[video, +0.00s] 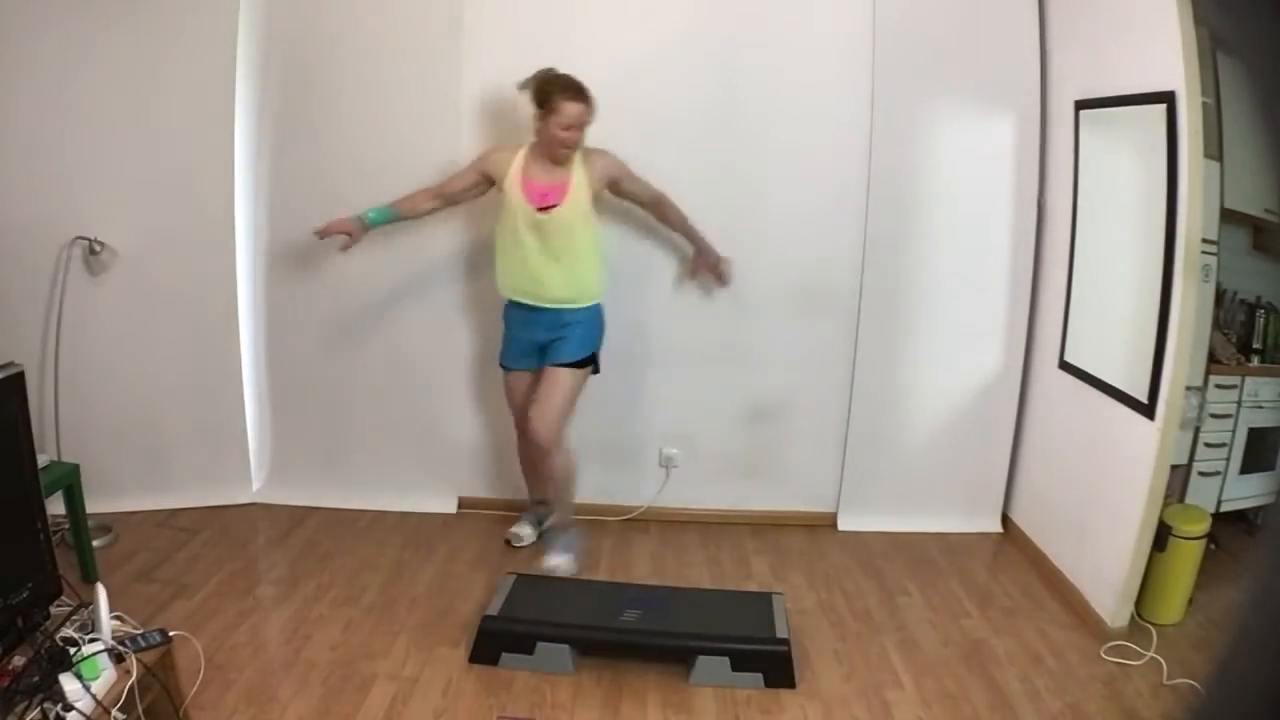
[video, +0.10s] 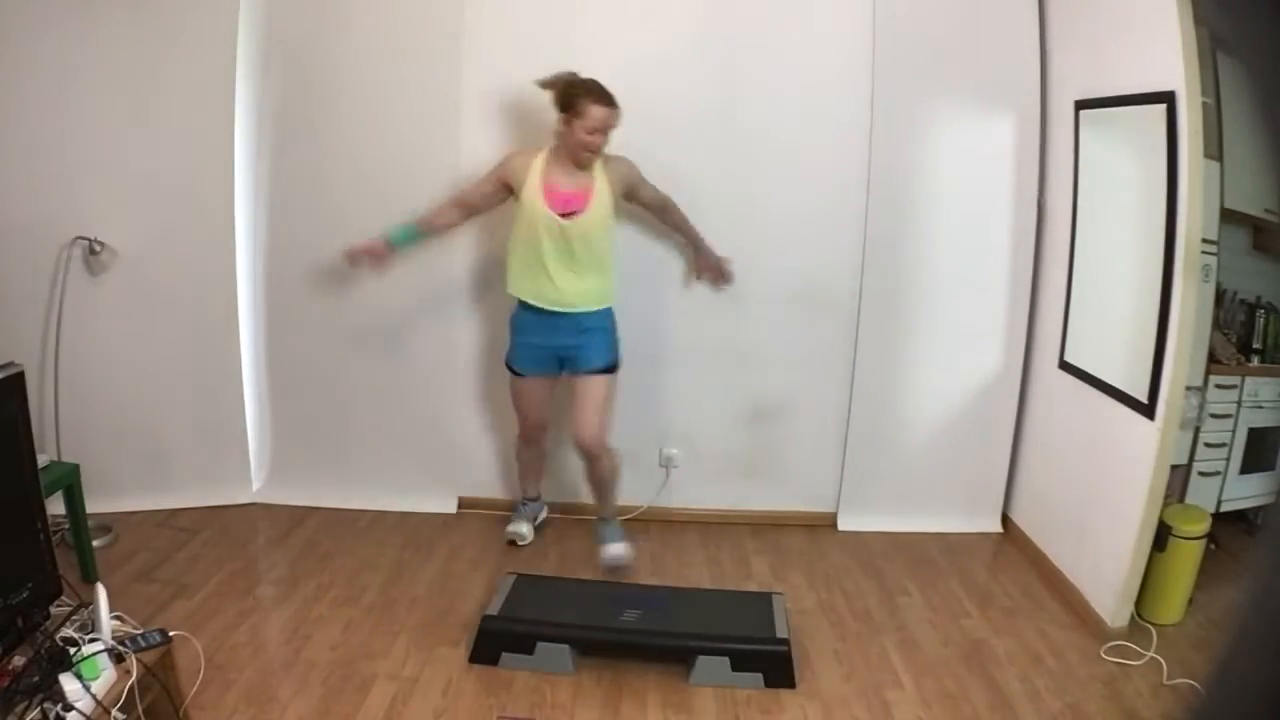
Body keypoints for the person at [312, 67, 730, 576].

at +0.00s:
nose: (573, 138)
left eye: (580, 128)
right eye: (565, 127)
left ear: (587, 125)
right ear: (538, 120)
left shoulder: (597, 168)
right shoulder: (503, 162)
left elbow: (654, 202)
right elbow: (438, 197)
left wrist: (702, 246)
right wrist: (364, 220)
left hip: (578, 316)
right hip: (522, 313)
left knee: (542, 428)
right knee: (525, 428)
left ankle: (564, 534)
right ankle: (539, 509)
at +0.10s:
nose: (602, 141)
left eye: (607, 132)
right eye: (594, 131)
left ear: (610, 130)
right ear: (564, 125)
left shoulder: (616, 175)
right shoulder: (521, 168)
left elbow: (663, 209)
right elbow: (460, 208)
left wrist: (702, 252)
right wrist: (391, 243)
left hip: (593, 320)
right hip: (533, 318)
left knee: (590, 438)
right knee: (531, 430)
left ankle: (608, 521)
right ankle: (530, 506)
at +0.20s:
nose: (624, 151)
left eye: (631, 142)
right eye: (616, 140)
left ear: (634, 141)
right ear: (586, 134)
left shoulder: (636, 186)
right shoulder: (541, 185)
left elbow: (663, 240)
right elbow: (492, 240)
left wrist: (689, 296)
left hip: (614, 332)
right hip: (553, 331)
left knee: (629, 449)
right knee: (539, 442)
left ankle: (629, 528)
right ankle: (527, 506)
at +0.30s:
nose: (640, 156)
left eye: (649, 147)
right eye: (630, 146)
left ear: (656, 150)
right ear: (607, 145)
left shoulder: (662, 204)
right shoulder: (571, 199)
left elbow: (674, 276)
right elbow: (549, 273)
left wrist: (681, 343)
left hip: (635, 344)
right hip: (574, 341)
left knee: (653, 451)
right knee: (565, 460)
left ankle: (632, 531)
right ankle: (526, 502)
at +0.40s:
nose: (649, 158)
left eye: (658, 149)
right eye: (639, 148)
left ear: (669, 153)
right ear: (621, 149)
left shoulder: (679, 207)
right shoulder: (596, 199)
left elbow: (711, 282)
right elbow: (588, 283)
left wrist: (719, 283)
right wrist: (651, 318)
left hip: (644, 344)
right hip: (588, 340)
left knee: (662, 454)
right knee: (610, 449)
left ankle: (633, 531)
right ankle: (559, 500)